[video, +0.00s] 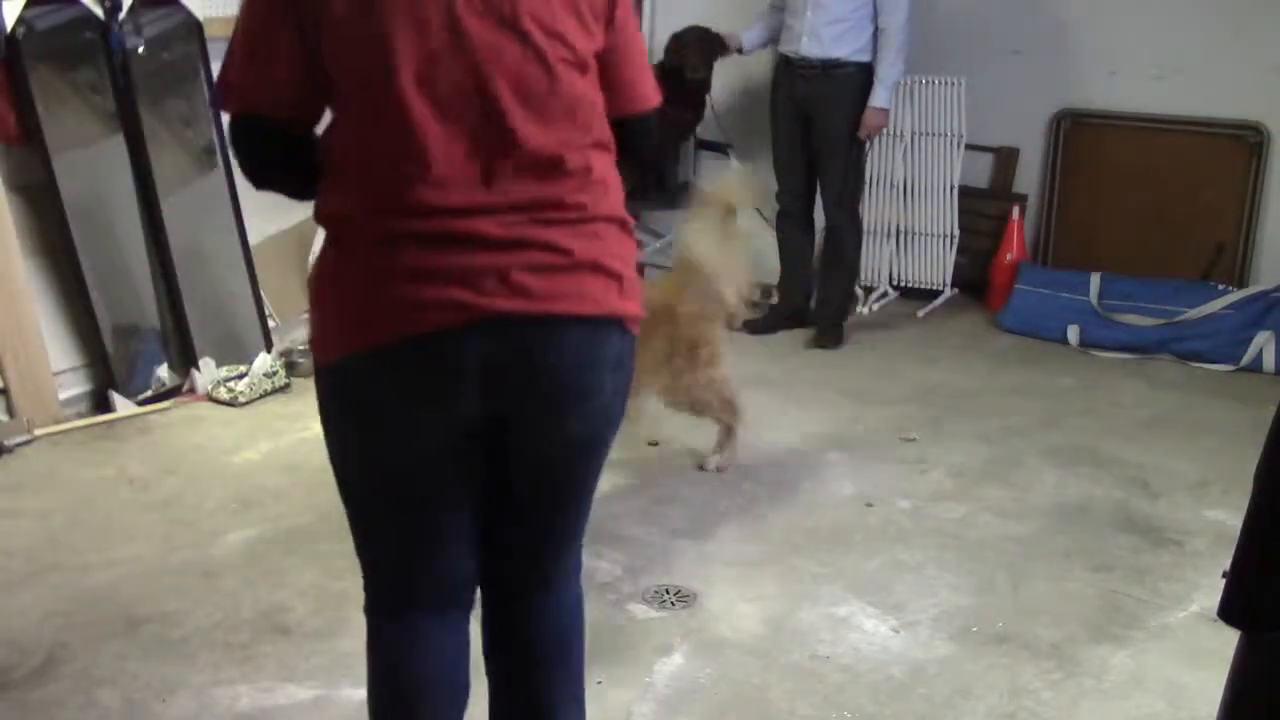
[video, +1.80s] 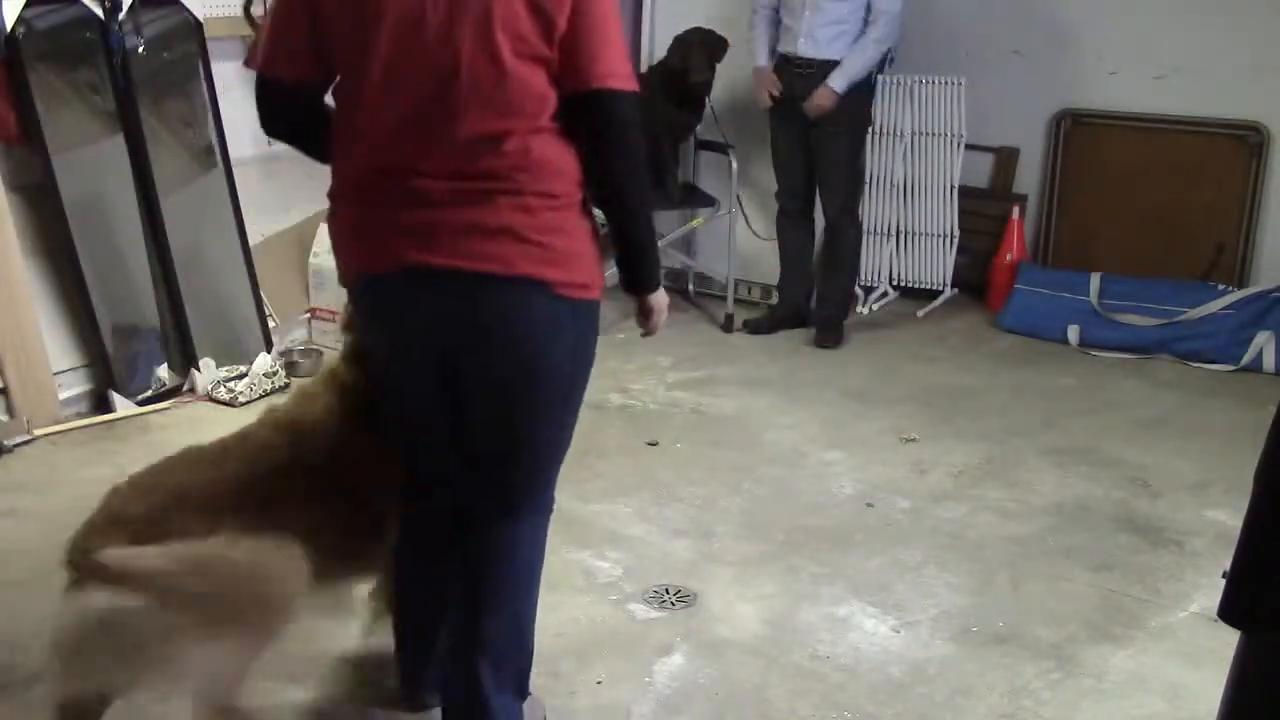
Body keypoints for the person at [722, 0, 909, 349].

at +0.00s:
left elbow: (894, 25)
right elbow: (780, 15)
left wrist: (880, 101)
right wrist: (739, 42)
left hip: (845, 79)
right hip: (790, 75)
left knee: (840, 207)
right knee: (792, 202)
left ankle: (831, 316)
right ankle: (792, 304)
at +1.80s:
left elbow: (885, 30)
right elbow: (765, 8)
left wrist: (834, 85)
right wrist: (761, 65)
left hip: (845, 81)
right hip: (787, 76)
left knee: (838, 207)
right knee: (791, 203)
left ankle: (831, 314)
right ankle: (792, 306)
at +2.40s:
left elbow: (891, 24)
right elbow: (760, 11)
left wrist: (886, 100)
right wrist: (758, 78)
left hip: (844, 80)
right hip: (787, 76)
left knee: (839, 209)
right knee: (790, 204)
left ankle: (831, 313)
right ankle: (792, 305)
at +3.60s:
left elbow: (891, 24)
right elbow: (760, 19)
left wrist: (882, 99)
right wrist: (754, 64)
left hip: (840, 79)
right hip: (780, 76)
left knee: (838, 209)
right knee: (787, 204)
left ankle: (831, 313)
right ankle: (792, 305)